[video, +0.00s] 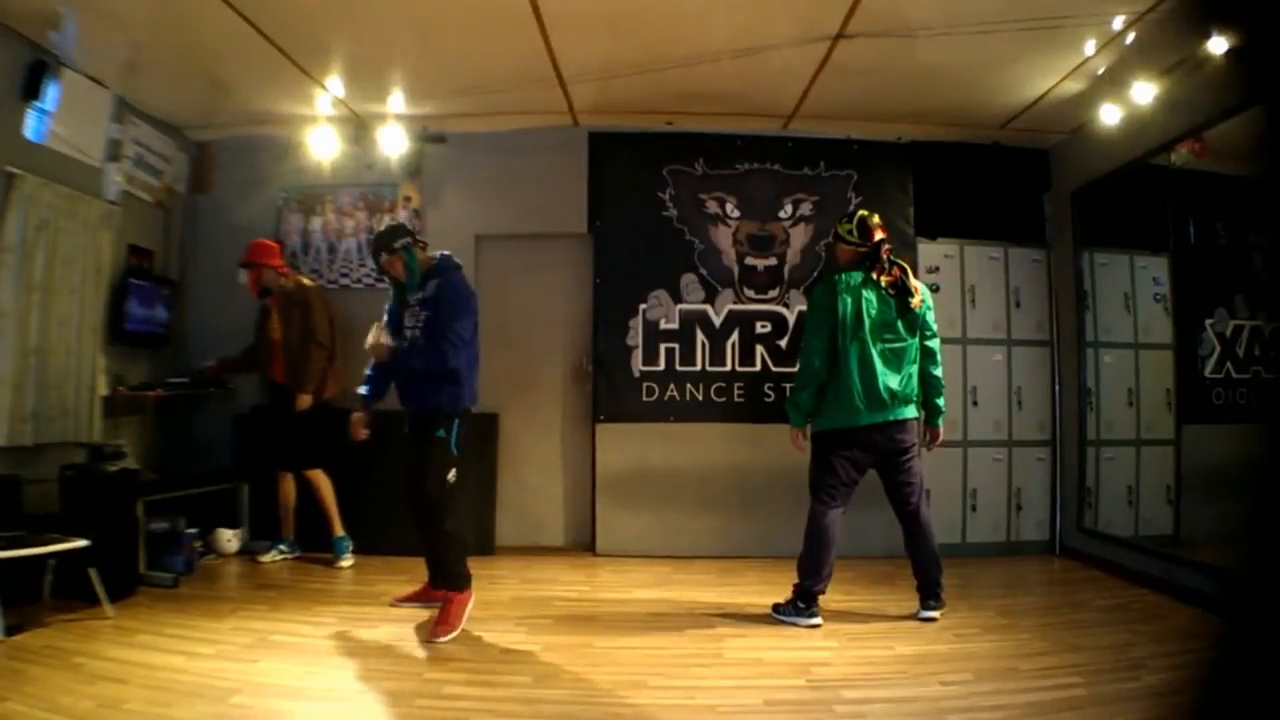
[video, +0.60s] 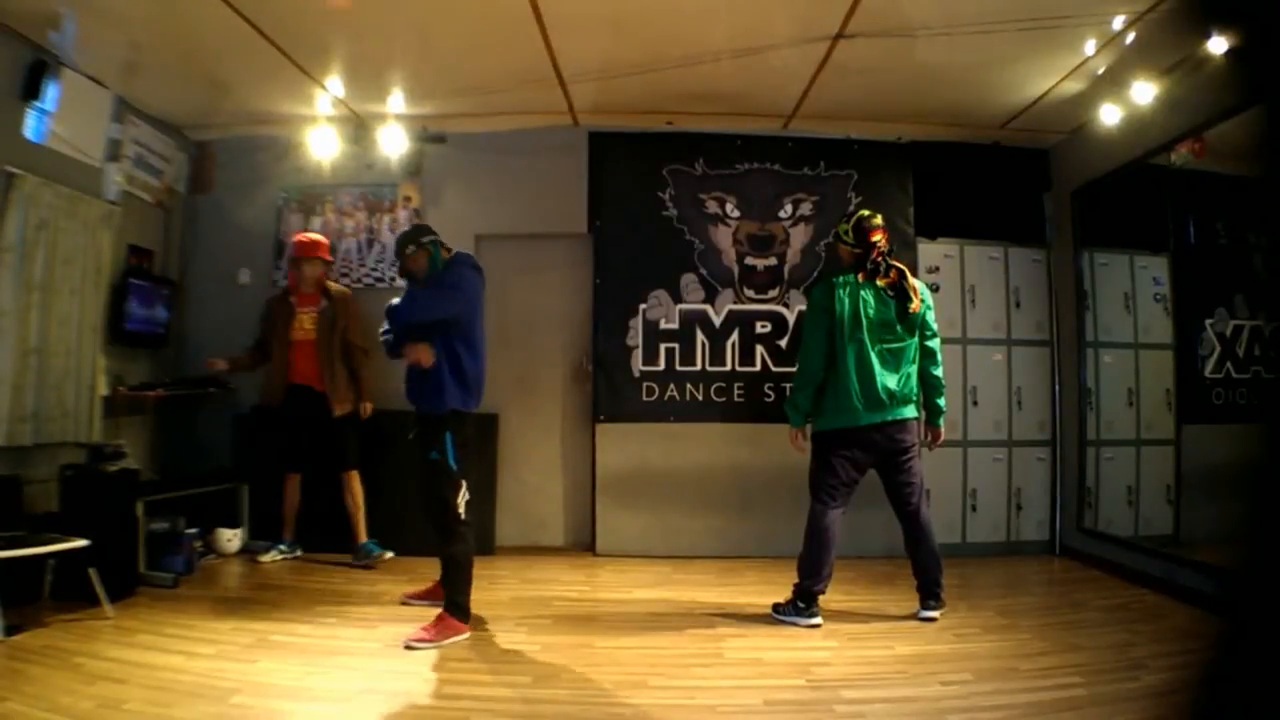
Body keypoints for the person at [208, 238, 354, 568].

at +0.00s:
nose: (251, 279)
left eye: (253, 271)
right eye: (250, 272)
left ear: (269, 268)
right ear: (266, 270)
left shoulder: (307, 293)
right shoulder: (269, 303)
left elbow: (320, 344)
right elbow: (261, 352)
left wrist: (307, 388)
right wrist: (224, 367)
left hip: (309, 392)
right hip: (279, 392)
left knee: (309, 464)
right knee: (283, 466)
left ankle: (340, 538)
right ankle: (287, 540)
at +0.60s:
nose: (312, 268)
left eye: (317, 262)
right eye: (307, 262)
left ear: (327, 265)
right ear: (295, 265)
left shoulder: (341, 301)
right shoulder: (279, 304)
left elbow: (356, 349)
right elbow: (263, 351)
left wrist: (364, 394)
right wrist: (231, 364)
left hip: (334, 395)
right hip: (292, 394)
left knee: (349, 469)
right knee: (292, 469)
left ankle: (362, 542)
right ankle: (287, 541)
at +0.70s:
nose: (335, 272)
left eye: (339, 266)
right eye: (329, 265)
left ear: (347, 269)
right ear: (315, 266)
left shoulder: (357, 305)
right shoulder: (290, 303)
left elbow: (367, 353)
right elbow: (273, 346)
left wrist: (371, 399)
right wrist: (267, 376)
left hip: (344, 399)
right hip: (301, 395)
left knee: (357, 471)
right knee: (295, 470)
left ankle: (365, 545)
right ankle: (288, 541)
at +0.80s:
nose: (363, 276)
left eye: (366, 271)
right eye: (358, 270)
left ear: (368, 275)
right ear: (339, 269)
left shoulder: (374, 310)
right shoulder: (308, 304)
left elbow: (381, 358)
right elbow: (294, 352)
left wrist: (382, 405)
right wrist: (303, 394)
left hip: (359, 402)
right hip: (317, 399)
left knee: (371, 474)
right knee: (301, 471)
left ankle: (366, 545)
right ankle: (288, 539)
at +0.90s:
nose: (384, 281)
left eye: (387, 274)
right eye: (380, 273)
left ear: (388, 279)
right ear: (363, 272)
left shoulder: (389, 313)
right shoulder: (331, 305)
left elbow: (392, 363)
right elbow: (324, 359)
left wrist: (397, 409)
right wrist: (340, 405)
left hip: (377, 403)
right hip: (339, 400)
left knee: (384, 475)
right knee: (318, 470)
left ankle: (367, 545)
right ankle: (290, 534)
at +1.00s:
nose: (397, 279)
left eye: (401, 273)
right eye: (393, 272)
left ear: (406, 276)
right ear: (380, 271)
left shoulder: (406, 306)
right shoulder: (353, 300)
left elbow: (408, 354)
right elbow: (348, 357)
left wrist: (409, 396)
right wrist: (368, 401)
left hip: (395, 398)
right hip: (360, 396)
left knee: (391, 475)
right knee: (353, 473)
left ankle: (369, 546)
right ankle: (312, 532)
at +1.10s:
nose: (412, 279)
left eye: (413, 269)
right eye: (408, 272)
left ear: (427, 256)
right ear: (425, 258)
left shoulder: (460, 278)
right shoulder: (449, 282)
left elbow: (418, 340)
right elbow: (411, 344)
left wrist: (417, 330)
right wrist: (433, 333)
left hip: (451, 407)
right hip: (435, 406)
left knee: (453, 507)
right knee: (440, 499)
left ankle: (457, 613)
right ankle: (448, 583)